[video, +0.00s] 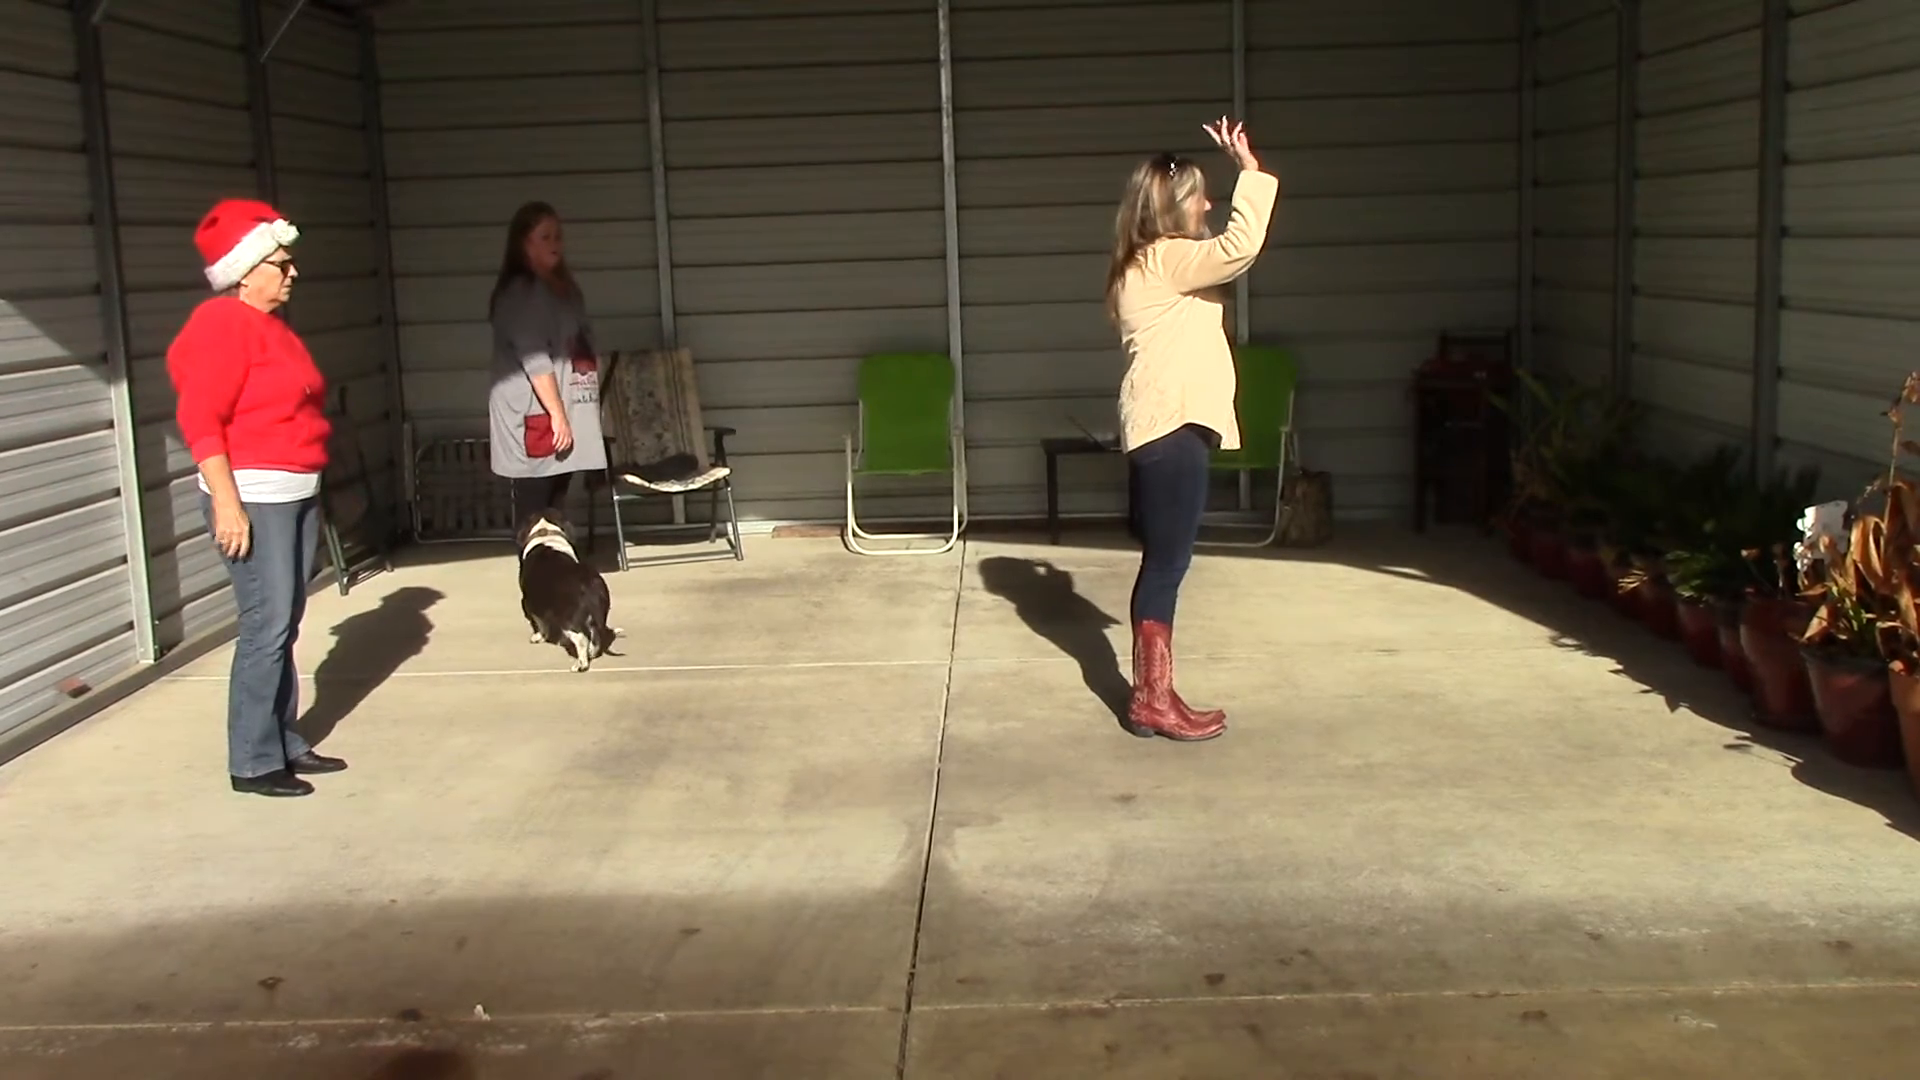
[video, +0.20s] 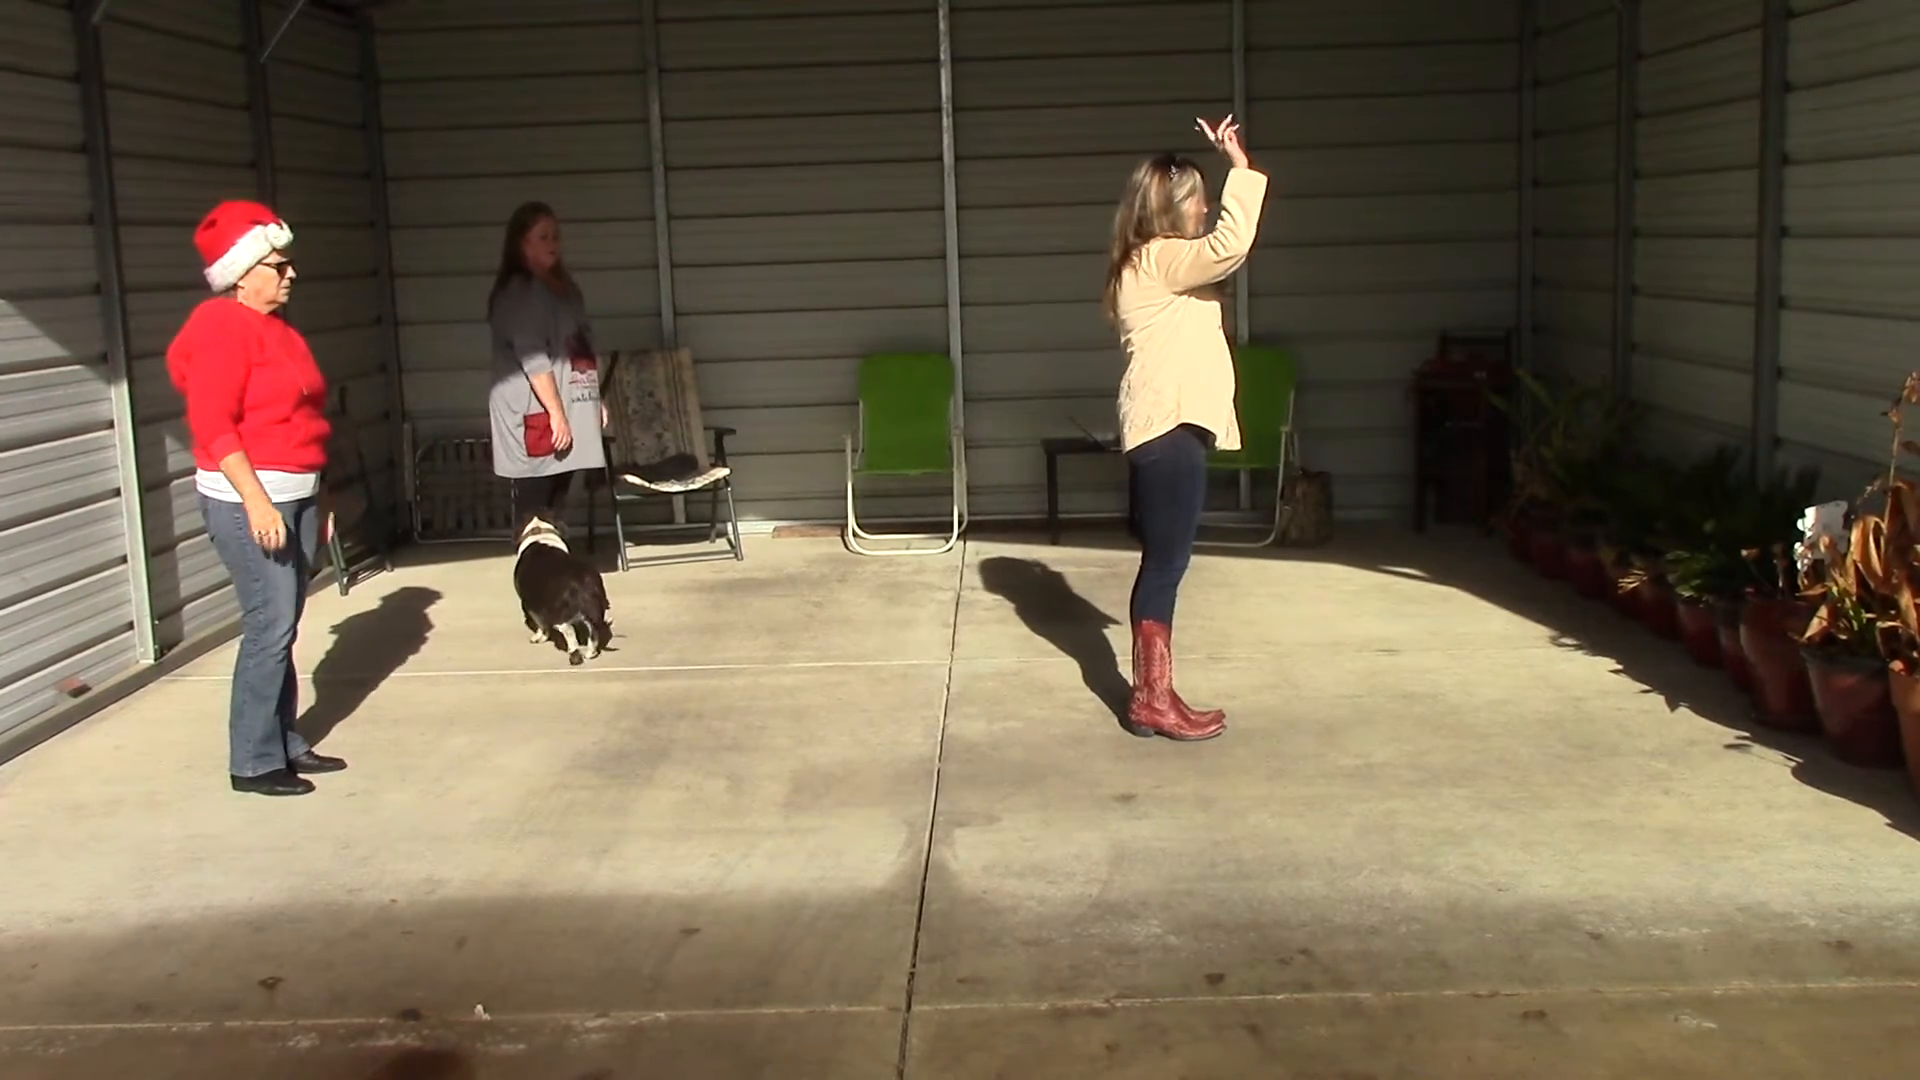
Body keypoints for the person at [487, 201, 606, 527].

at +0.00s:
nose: (555, 245)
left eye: (558, 236)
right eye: (546, 237)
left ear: (563, 239)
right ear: (523, 243)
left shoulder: (565, 287)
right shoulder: (518, 291)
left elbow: (583, 343)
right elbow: (533, 357)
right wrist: (557, 414)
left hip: (559, 400)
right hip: (524, 405)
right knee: (533, 501)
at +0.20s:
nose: (553, 245)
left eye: (555, 236)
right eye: (543, 237)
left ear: (561, 239)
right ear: (521, 243)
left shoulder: (563, 285)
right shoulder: (518, 290)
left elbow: (579, 347)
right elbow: (531, 357)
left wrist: (592, 398)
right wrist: (556, 413)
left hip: (557, 396)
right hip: (524, 403)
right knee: (533, 493)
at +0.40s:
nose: (552, 245)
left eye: (554, 236)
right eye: (542, 237)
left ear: (560, 239)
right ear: (520, 245)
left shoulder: (564, 286)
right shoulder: (516, 292)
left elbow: (581, 346)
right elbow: (535, 358)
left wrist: (595, 395)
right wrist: (567, 408)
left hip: (559, 407)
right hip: (527, 411)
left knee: (553, 507)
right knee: (534, 507)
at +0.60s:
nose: (552, 245)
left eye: (555, 236)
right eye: (543, 238)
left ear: (560, 240)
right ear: (521, 244)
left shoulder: (563, 287)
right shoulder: (516, 292)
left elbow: (582, 345)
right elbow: (535, 357)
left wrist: (596, 393)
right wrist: (568, 408)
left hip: (558, 409)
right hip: (528, 412)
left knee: (555, 500)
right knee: (535, 503)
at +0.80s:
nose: (554, 246)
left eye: (556, 236)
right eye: (545, 238)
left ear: (562, 240)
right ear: (522, 245)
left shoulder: (566, 287)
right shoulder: (518, 293)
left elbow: (583, 347)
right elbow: (534, 357)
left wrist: (596, 396)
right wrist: (562, 411)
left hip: (562, 404)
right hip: (528, 409)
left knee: (555, 506)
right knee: (534, 506)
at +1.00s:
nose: (558, 245)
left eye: (560, 236)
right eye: (548, 237)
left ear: (565, 240)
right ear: (526, 244)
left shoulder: (567, 287)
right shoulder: (521, 292)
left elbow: (585, 347)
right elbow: (538, 358)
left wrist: (597, 397)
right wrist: (565, 411)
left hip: (563, 403)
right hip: (531, 409)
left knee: (557, 507)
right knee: (537, 508)